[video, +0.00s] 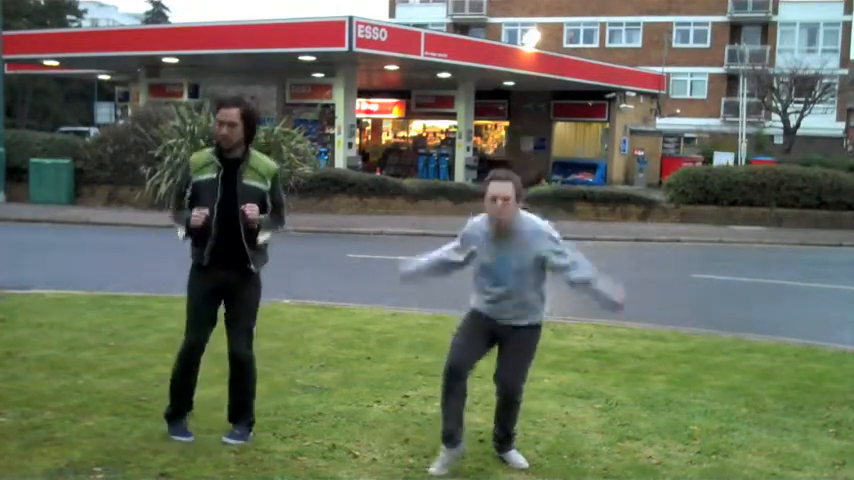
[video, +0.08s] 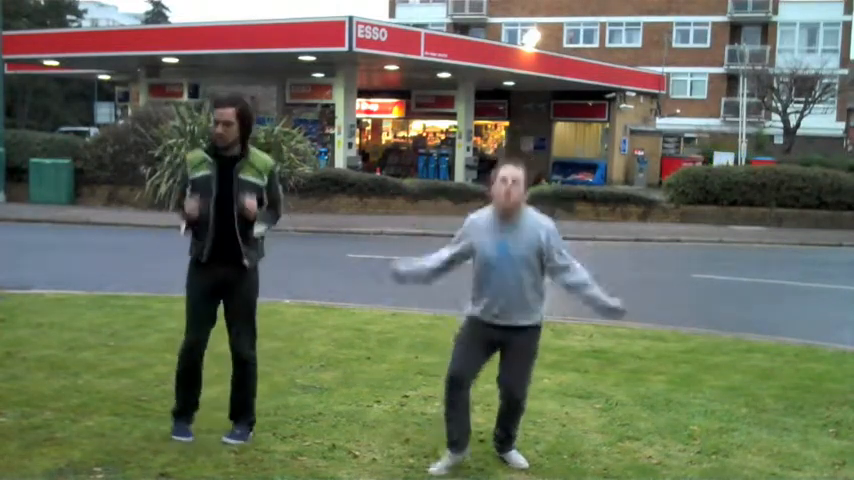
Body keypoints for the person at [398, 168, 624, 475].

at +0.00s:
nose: (499, 206)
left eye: (506, 200)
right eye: (493, 200)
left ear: (519, 202)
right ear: (485, 201)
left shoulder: (538, 233)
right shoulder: (477, 229)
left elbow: (572, 266)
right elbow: (452, 256)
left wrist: (605, 292)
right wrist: (415, 267)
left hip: (524, 322)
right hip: (484, 315)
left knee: (510, 385)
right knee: (454, 368)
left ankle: (504, 447)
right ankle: (451, 446)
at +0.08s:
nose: (508, 187)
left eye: (515, 183)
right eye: (503, 181)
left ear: (525, 191)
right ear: (492, 188)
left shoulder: (542, 228)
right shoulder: (477, 224)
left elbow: (568, 271)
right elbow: (447, 258)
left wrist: (604, 303)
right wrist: (409, 270)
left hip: (524, 326)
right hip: (481, 321)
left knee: (514, 392)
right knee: (457, 378)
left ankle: (505, 447)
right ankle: (456, 450)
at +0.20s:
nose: (511, 151)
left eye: (518, 147)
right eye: (506, 145)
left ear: (529, 156)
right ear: (496, 152)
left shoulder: (544, 193)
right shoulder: (480, 190)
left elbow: (578, 221)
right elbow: (447, 214)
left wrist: (609, 220)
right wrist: (416, 190)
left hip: (523, 300)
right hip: (481, 291)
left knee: (519, 375)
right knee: (447, 339)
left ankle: (508, 443)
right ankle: (449, 413)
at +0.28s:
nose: (511, 137)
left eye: (518, 132)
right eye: (505, 130)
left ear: (529, 141)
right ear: (495, 137)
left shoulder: (542, 177)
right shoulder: (477, 173)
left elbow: (580, 199)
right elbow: (442, 191)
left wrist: (601, 183)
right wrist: (421, 164)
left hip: (521, 284)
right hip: (481, 274)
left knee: (517, 368)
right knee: (450, 317)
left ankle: (512, 441)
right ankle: (457, 391)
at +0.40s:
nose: (504, 127)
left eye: (512, 123)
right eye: (500, 122)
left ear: (524, 130)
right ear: (490, 127)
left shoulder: (538, 165)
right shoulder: (476, 157)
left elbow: (567, 181)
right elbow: (444, 151)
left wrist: (594, 185)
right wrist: (413, 146)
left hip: (519, 277)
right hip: (477, 271)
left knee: (510, 359)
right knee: (466, 347)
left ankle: (505, 435)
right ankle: (469, 418)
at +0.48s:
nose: (501, 136)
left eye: (508, 131)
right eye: (496, 130)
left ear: (521, 136)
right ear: (487, 134)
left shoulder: (537, 170)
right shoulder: (477, 161)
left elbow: (568, 192)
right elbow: (452, 162)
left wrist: (593, 186)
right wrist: (441, 151)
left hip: (516, 282)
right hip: (476, 277)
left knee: (509, 369)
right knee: (473, 364)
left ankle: (502, 450)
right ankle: (472, 442)